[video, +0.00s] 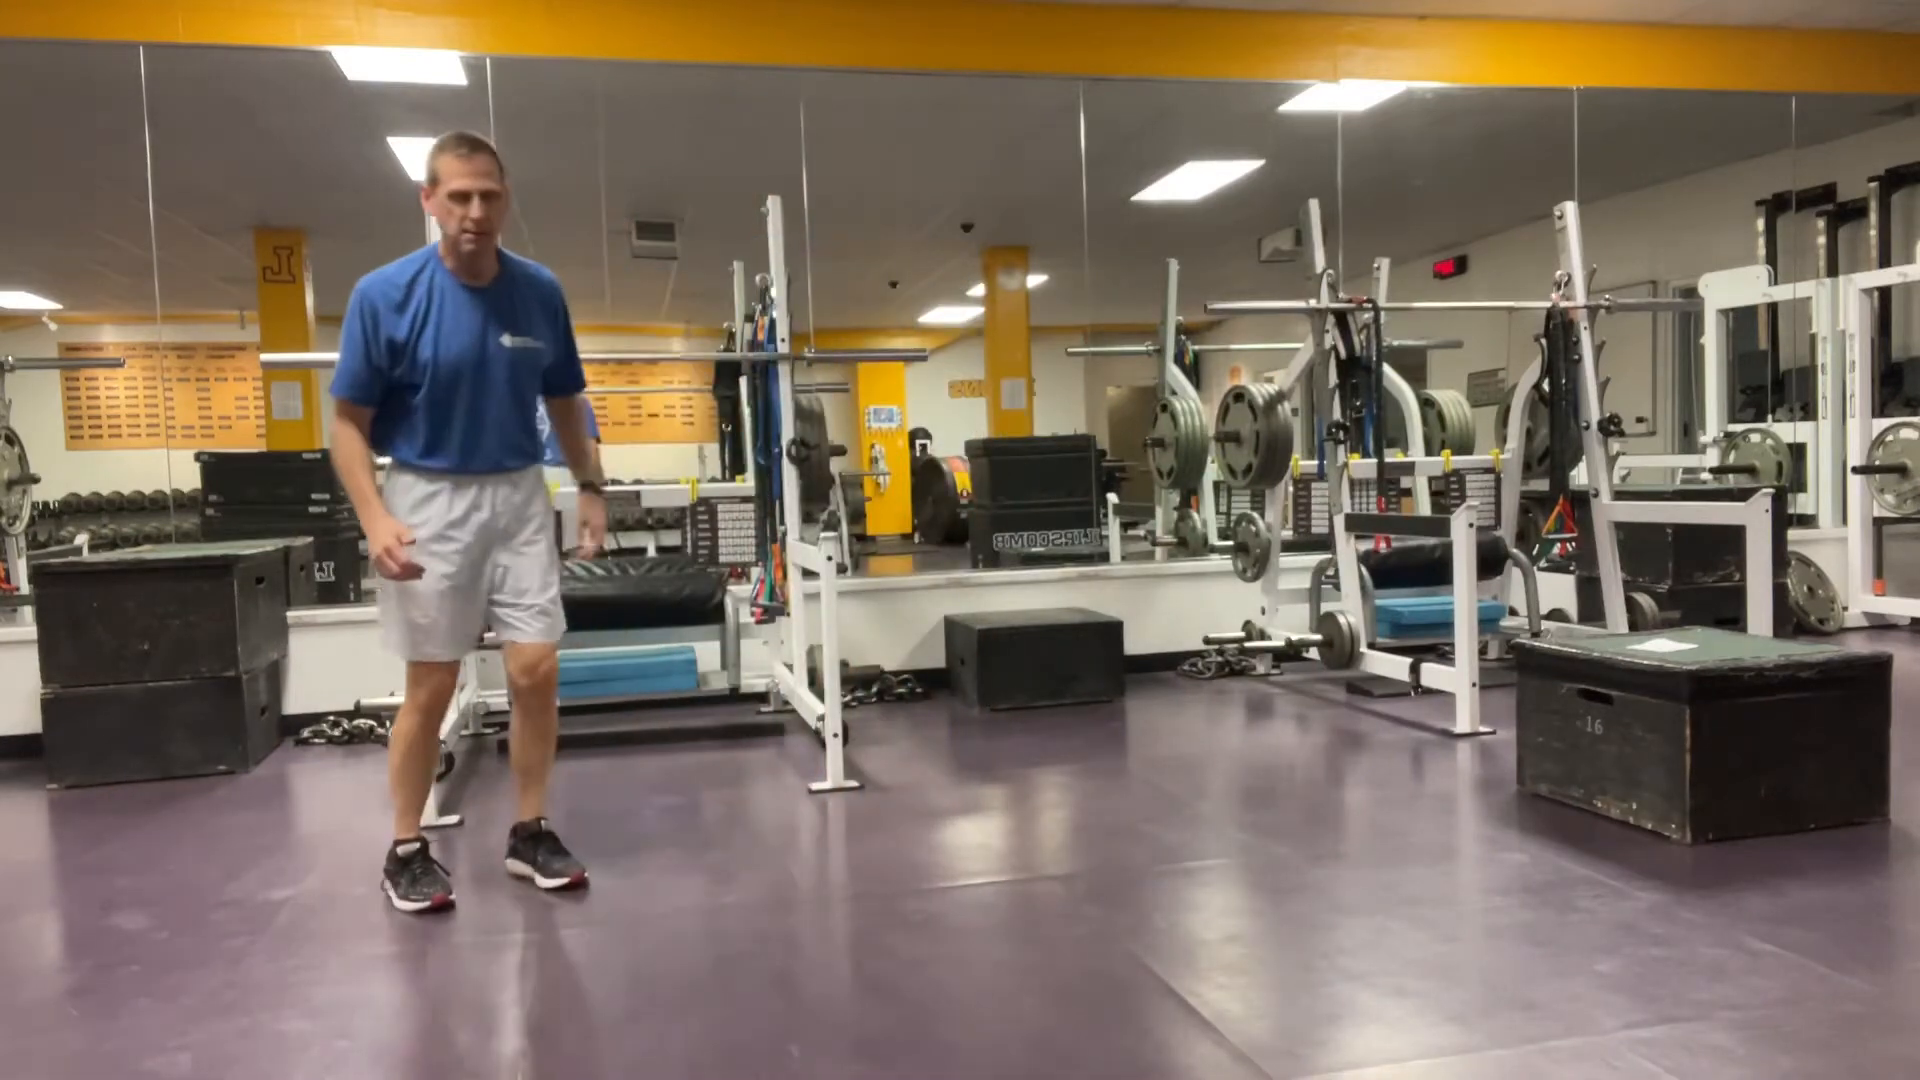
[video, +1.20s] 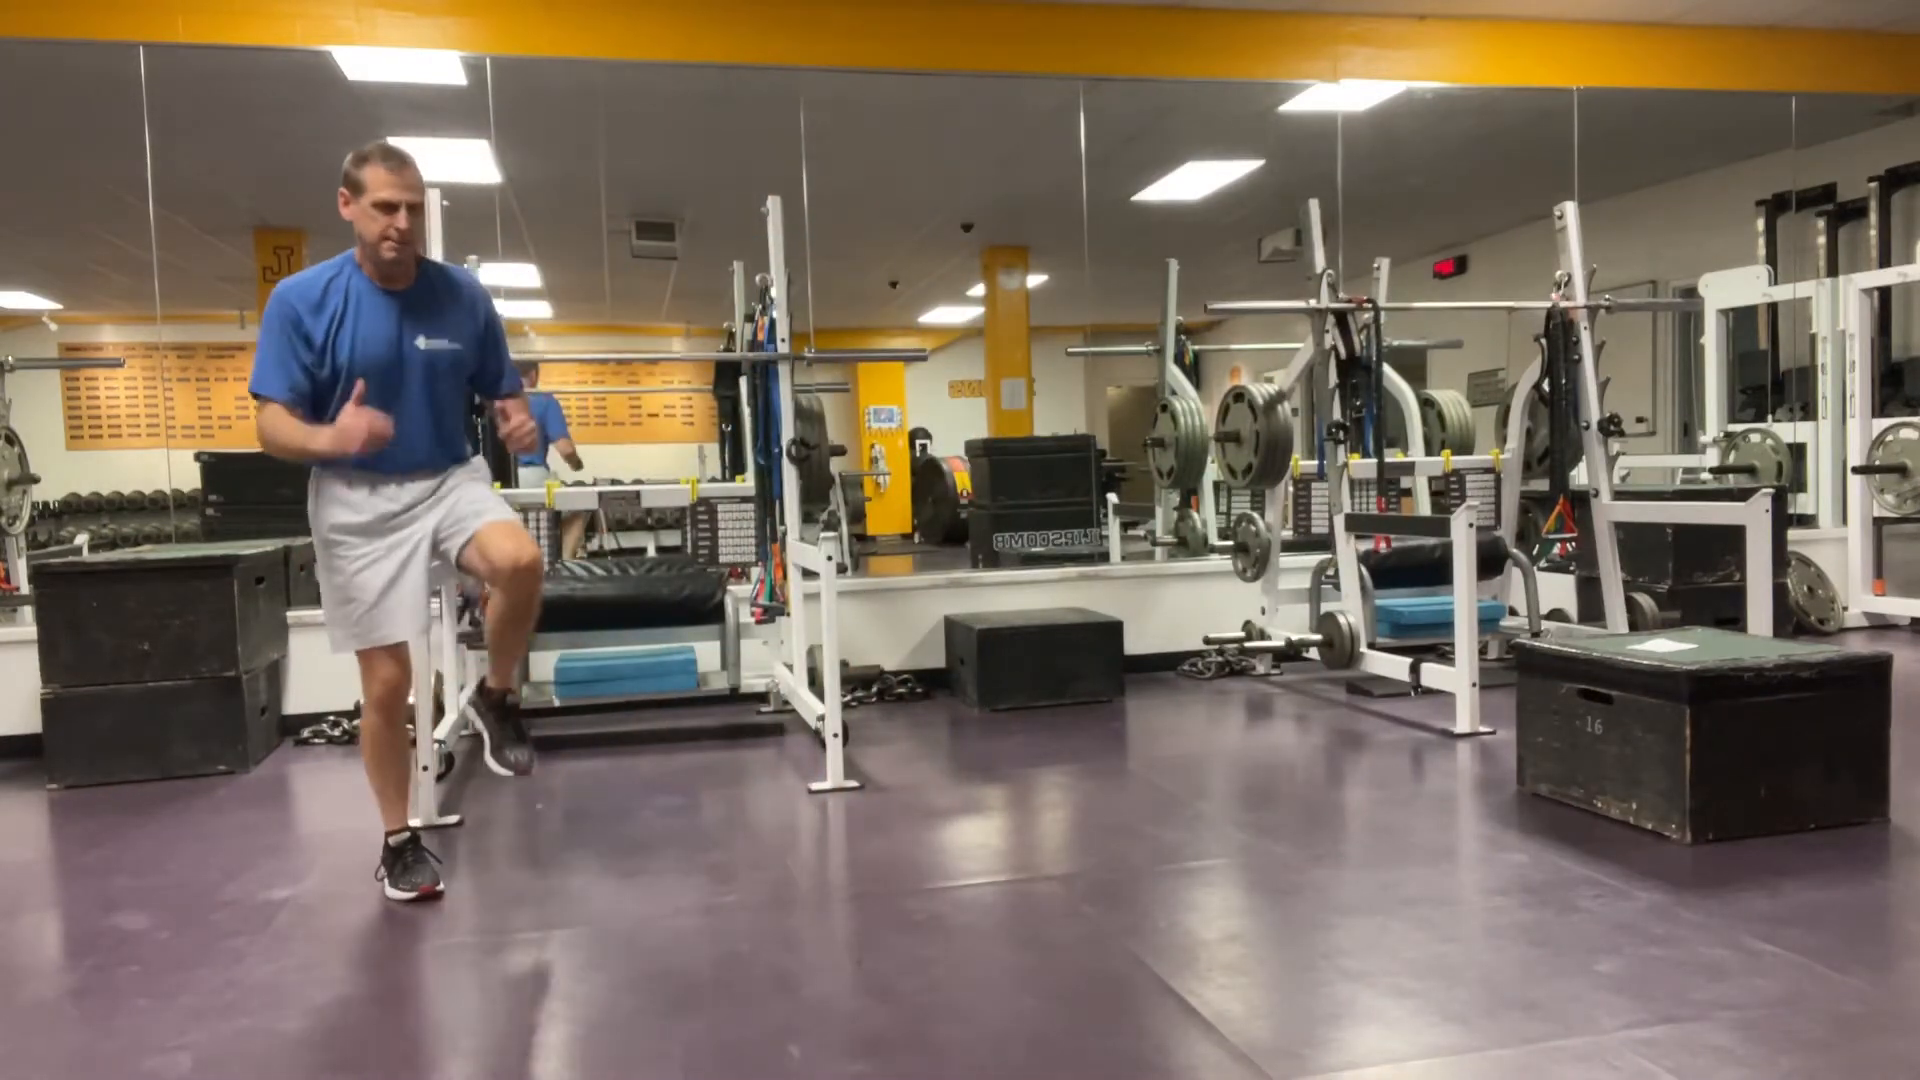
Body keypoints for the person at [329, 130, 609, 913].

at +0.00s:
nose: (474, 213)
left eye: (488, 198)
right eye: (458, 199)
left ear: (506, 204)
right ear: (429, 204)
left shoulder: (538, 294)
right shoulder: (381, 297)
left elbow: (565, 400)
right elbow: (347, 424)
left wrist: (590, 489)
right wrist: (375, 519)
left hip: (519, 499)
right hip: (426, 503)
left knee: (537, 669)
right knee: (431, 688)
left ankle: (532, 832)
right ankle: (408, 846)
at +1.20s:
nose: (401, 225)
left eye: (412, 209)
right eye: (384, 209)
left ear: (426, 211)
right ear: (347, 209)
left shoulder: (462, 296)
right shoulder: (301, 301)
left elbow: (505, 396)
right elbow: (272, 422)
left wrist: (519, 422)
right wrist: (325, 439)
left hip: (452, 485)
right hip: (358, 503)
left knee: (519, 561)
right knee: (387, 685)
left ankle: (499, 696)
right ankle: (399, 838)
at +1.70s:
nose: (440, 306)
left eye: (451, 290)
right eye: (421, 291)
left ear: (464, 289)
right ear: (381, 290)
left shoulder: (503, 360)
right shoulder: (331, 364)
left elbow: (516, 416)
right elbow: (263, 410)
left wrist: (502, 492)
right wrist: (241, 486)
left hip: (455, 527)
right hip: (362, 535)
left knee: (490, 668)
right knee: (414, 698)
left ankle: (426, 707)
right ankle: (400, 841)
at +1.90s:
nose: (447, 263)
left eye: (455, 247)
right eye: (429, 248)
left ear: (469, 248)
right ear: (385, 250)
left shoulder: (498, 314)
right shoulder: (350, 334)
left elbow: (598, 357)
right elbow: (363, 418)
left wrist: (580, 295)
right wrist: (455, 324)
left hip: (483, 527)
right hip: (393, 549)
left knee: (569, 616)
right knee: (442, 730)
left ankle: (542, 761)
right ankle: (405, 837)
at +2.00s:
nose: (465, 186)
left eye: (474, 167)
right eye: (446, 173)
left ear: (492, 171)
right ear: (411, 180)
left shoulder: (515, 232)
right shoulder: (383, 250)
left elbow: (604, 160)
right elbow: (400, 205)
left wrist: (561, 58)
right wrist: (453, 72)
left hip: (518, 473)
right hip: (429, 497)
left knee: (639, 539)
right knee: (441, 705)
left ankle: (617, 687)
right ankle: (403, 822)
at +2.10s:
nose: (501, 109)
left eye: (514, 94)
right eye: (480, 93)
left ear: (528, 103)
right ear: (439, 107)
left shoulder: (554, 161)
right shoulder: (418, 181)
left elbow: (661, 103)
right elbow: (388, 121)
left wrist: (624, 13)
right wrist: (460, 8)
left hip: (553, 414)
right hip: (461, 438)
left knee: (701, 458)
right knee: (493, 664)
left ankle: (653, 606)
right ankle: (442, 783)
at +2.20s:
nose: (553, 80)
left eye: (566, 69)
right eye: (533, 68)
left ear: (581, 81)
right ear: (494, 82)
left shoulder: (609, 147)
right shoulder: (459, 147)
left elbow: (742, 135)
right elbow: (349, 143)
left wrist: (728, 66)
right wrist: (464, 77)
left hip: (586, 388)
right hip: (496, 420)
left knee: (744, 416)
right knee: (562, 638)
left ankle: (666, 552)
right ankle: (531, 815)